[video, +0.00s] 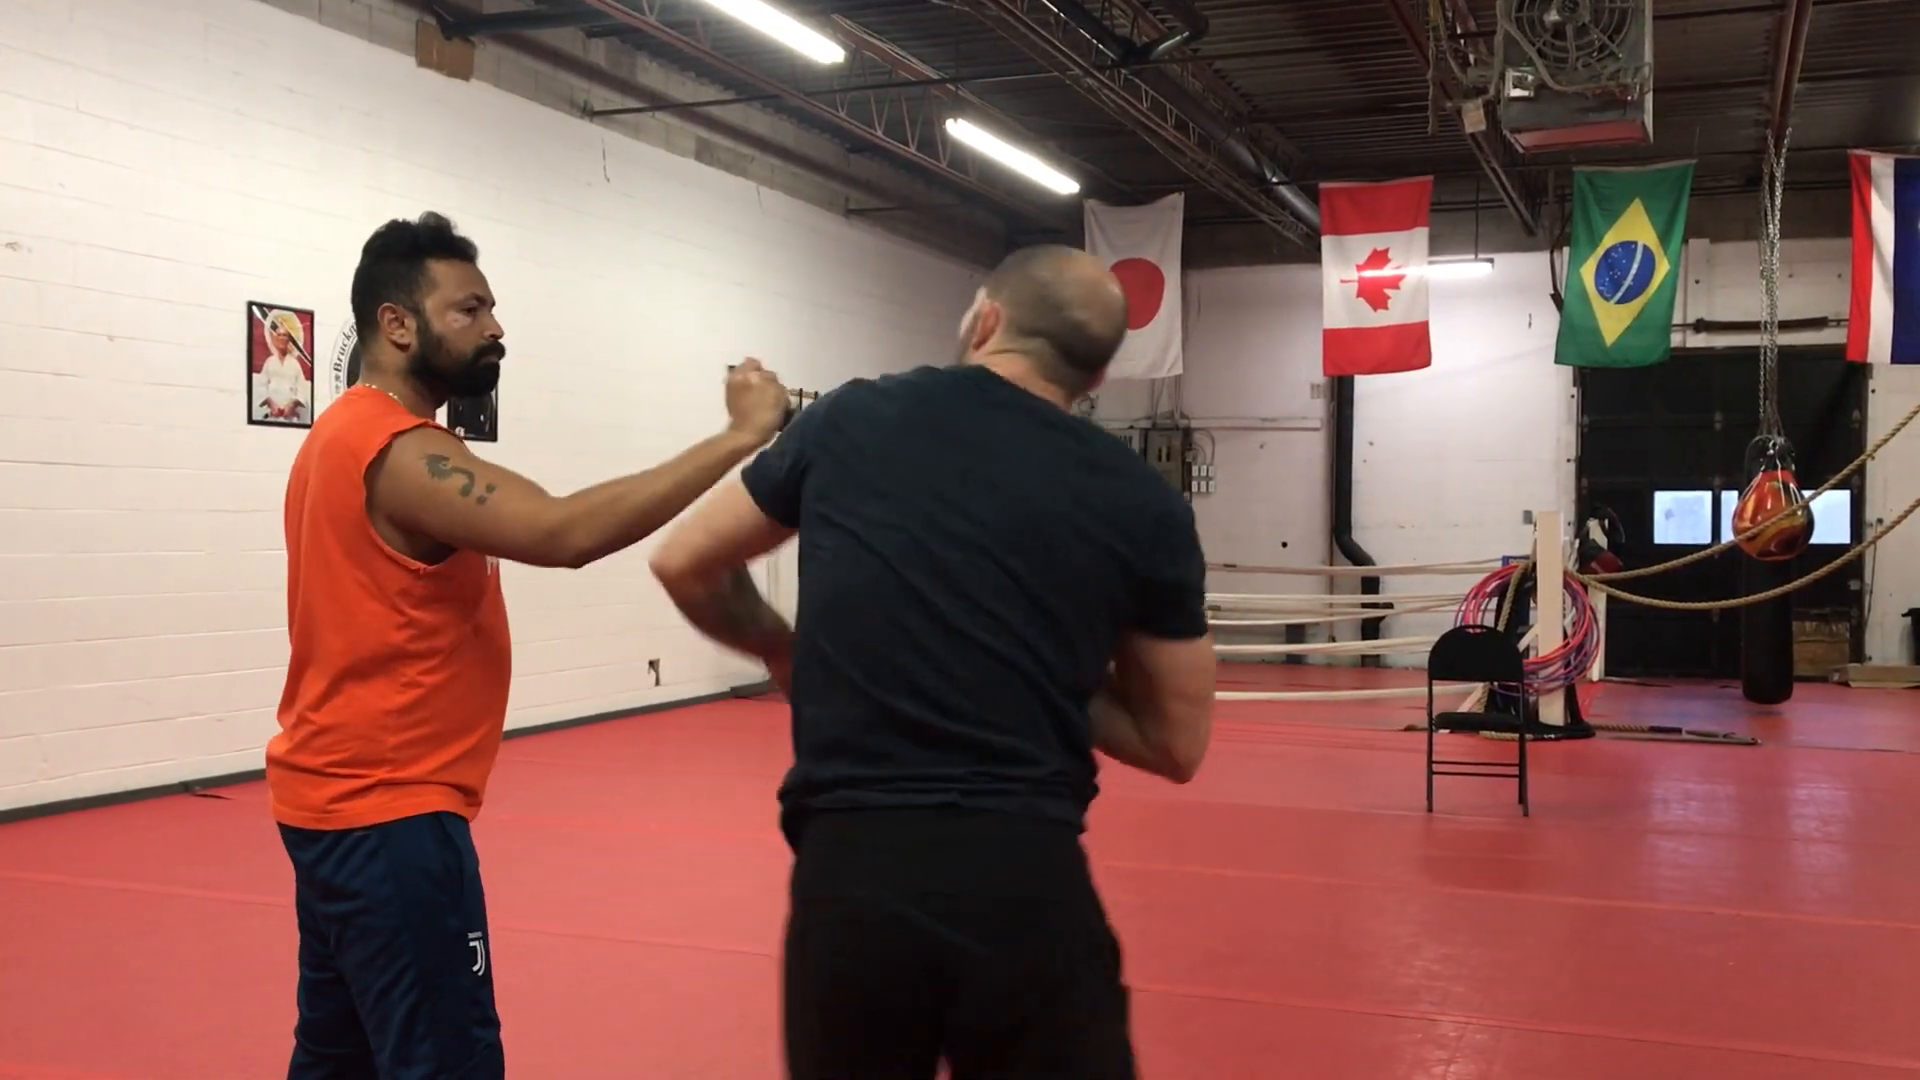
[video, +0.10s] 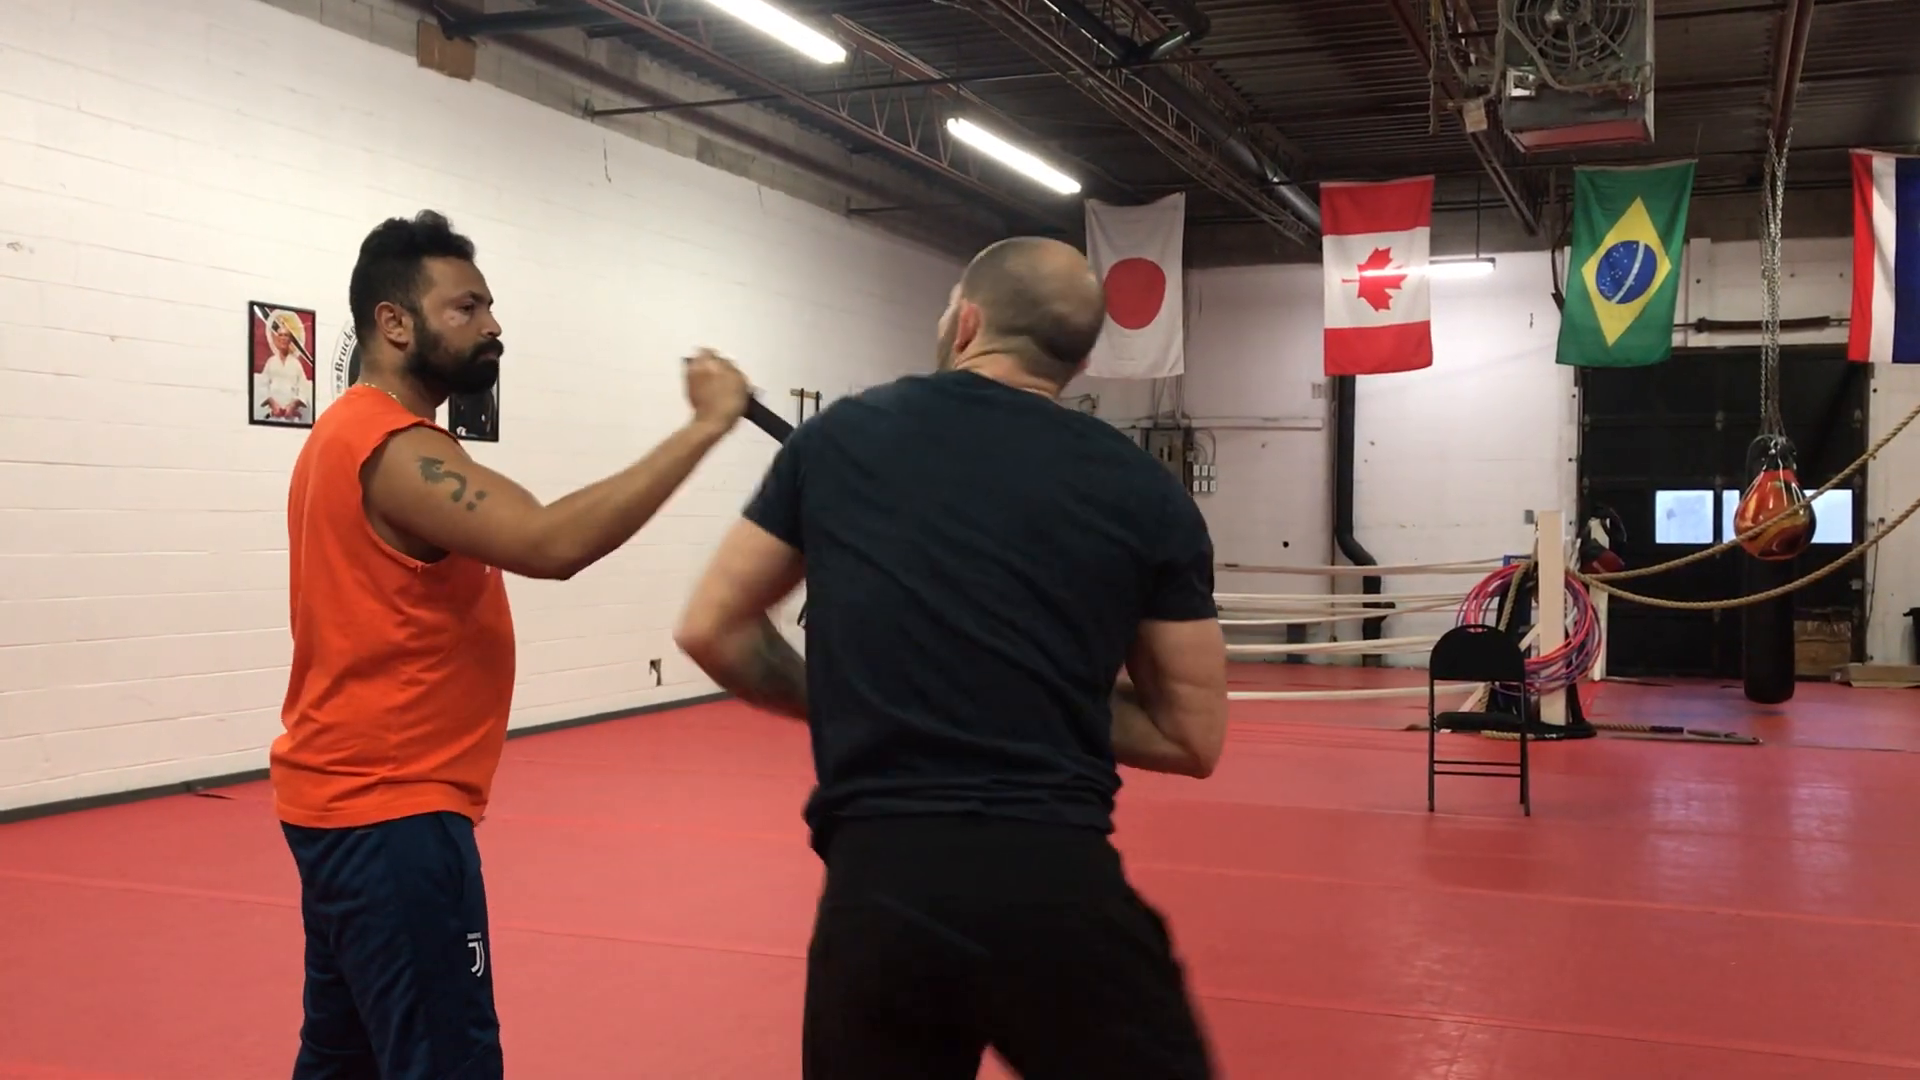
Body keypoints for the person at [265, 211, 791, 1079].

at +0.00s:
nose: (496, 328)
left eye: (489, 307)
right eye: (472, 308)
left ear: (395, 329)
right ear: (395, 324)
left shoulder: (336, 439)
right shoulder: (396, 450)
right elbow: (565, 531)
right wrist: (742, 438)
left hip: (335, 805)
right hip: (393, 814)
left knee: (337, 1057)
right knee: (452, 1058)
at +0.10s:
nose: (493, 326)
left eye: (489, 305)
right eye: (468, 306)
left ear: (397, 328)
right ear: (394, 323)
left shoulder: (346, 434)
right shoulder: (391, 446)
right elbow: (552, 542)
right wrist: (705, 426)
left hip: (345, 805)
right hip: (394, 812)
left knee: (342, 1057)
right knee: (451, 1059)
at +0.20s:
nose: (486, 326)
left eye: (483, 305)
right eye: (462, 306)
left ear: (391, 328)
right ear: (388, 322)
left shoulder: (353, 435)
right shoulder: (385, 442)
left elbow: (386, 633)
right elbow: (534, 542)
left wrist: (466, 763)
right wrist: (653, 402)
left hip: (361, 803)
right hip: (395, 809)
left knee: (350, 1055)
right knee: (451, 1059)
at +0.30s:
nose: (480, 323)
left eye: (475, 305)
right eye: (455, 306)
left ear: (388, 327)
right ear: (380, 321)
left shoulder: (381, 435)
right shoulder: (373, 440)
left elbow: (403, 636)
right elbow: (519, 526)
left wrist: (479, 760)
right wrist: (583, 367)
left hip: (394, 799)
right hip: (393, 806)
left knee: (355, 1053)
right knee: (451, 1057)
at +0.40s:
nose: (468, 326)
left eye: (467, 309)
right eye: (445, 305)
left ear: (382, 329)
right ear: (376, 323)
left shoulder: (390, 437)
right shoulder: (361, 439)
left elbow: (401, 640)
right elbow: (503, 499)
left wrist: (488, 760)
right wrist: (505, 334)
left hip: (404, 803)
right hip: (398, 809)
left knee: (362, 1056)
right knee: (451, 1058)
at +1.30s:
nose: (534, 327)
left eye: (533, 309)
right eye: (511, 308)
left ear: (448, 332)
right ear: (440, 325)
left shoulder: (449, 437)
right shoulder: (436, 440)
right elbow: (583, 485)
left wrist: (544, 784)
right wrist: (627, 316)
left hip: (473, 794)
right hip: (483, 800)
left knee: (437, 1052)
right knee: (555, 1055)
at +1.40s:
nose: (542, 328)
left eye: (540, 308)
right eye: (518, 307)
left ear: (451, 332)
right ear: (446, 325)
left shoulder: (453, 433)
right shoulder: (446, 439)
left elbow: (602, 495)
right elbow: (603, 483)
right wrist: (671, 314)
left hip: (474, 793)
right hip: (488, 797)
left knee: (438, 1049)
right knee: (560, 1055)